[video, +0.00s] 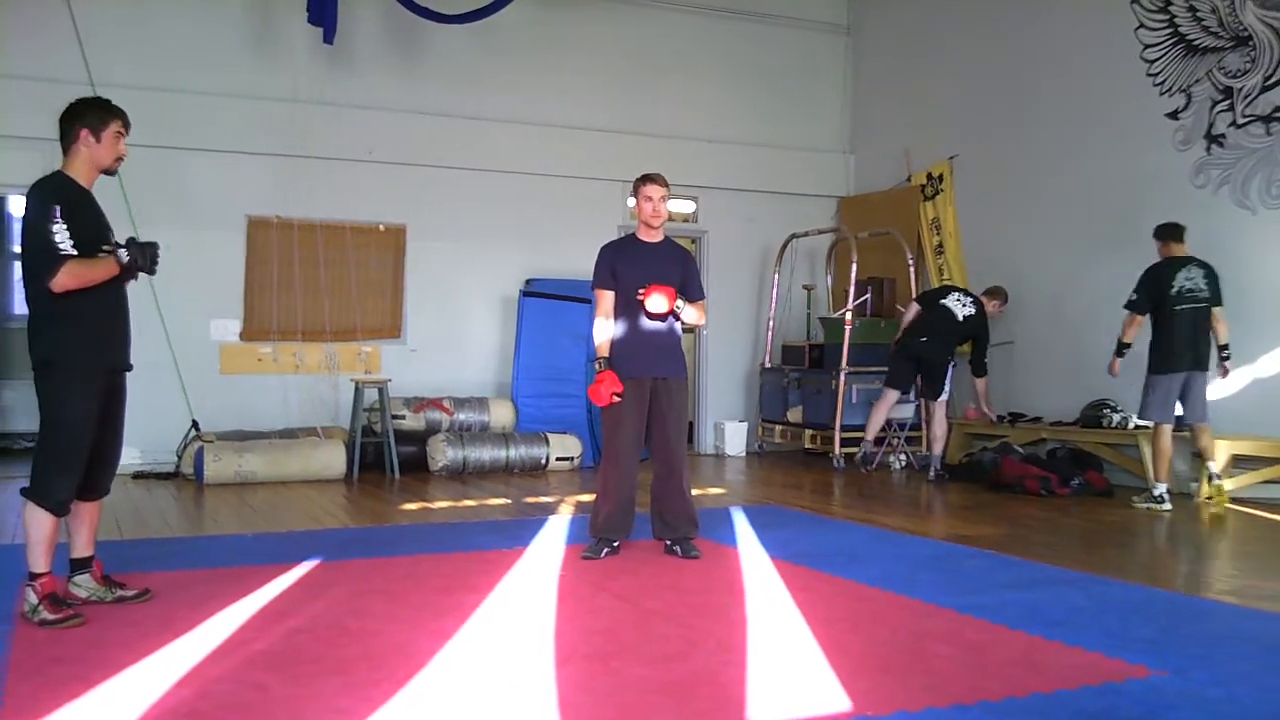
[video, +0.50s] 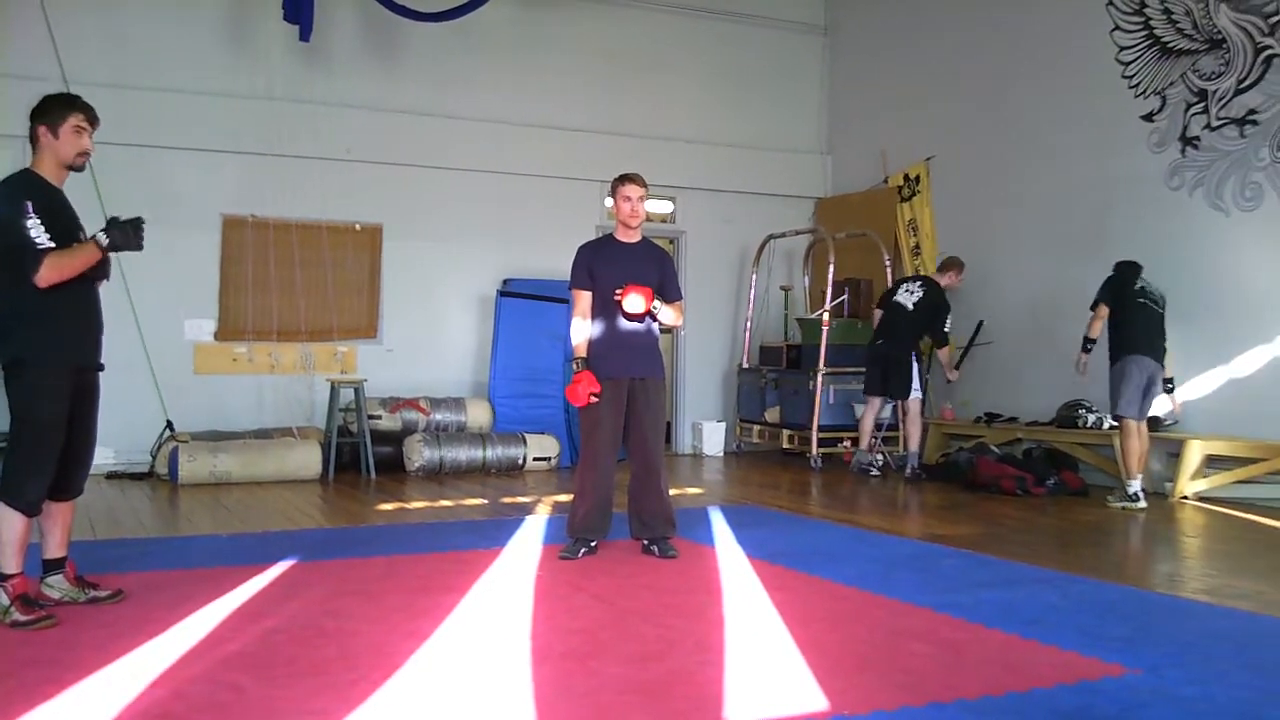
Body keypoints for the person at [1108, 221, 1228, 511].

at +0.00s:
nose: (1157, 250)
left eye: (1158, 246)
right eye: (1159, 245)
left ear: (1162, 245)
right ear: (1183, 242)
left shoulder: (1155, 273)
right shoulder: (1206, 270)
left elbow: (1134, 319)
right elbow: (1217, 317)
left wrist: (1119, 354)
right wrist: (1224, 355)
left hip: (1166, 361)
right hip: (1199, 361)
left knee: (1162, 425)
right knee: (1199, 422)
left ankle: (1160, 492)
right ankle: (1213, 473)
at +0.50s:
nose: (1114, 275)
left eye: (1115, 272)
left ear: (1118, 271)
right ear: (1138, 273)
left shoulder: (1115, 281)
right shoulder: (1156, 293)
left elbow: (1100, 314)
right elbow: (1161, 342)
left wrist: (1085, 350)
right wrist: (1169, 387)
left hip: (1130, 357)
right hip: (1155, 361)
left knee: (1128, 423)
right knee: (1140, 423)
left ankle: (1133, 490)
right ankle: (1136, 485)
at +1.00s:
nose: (1152, 282)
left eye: (1154, 279)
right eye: (1155, 279)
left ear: (1156, 280)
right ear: (1178, 282)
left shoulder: (1155, 290)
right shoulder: (1195, 299)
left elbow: (1149, 322)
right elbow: (1205, 342)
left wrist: (1144, 358)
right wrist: (1208, 381)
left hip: (1176, 351)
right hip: (1202, 357)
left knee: (1167, 418)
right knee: (1188, 424)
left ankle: (1164, 484)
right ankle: (1187, 487)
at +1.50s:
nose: (1151, 250)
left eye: (1153, 245)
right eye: (1152, 245)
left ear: (1163, 247)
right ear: (1178, 248)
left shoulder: (1154, 276)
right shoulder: (1199, 281)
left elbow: (1145, 319)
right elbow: (1200, 326)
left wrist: (1130, 346)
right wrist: (1184, 348)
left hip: (1160, 357)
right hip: (1189, 359)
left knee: (1147, 421)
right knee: (1188, 425)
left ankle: (1133, 486)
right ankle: (1191, 488)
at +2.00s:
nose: (1084, 246)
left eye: (1086, 241)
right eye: (1085, 241)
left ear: (1095, 241)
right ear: (1110, 241)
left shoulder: (1083, 274)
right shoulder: (1130, 277)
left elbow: (1059, 309)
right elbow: (1131, 319)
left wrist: (1040, 299)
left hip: (1089, 354)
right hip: (1116, 356)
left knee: (1093, 420)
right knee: (1121, 417)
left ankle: (1094, 484)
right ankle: (1141, 477)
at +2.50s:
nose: (1110, 245)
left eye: (1112, 240)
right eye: (1111, 240)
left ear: (1122, 241)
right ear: (1136, 241)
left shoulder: (1111, 277)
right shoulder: (1155, 277)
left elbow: (1106, 320)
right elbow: (1160, 317)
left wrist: (1103, 356)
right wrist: (1130, 315)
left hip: (1118, 357)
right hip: (1142, 359)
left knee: (1120, 422)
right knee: (1144, 420)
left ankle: (1124, 485)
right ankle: (1150, 483)